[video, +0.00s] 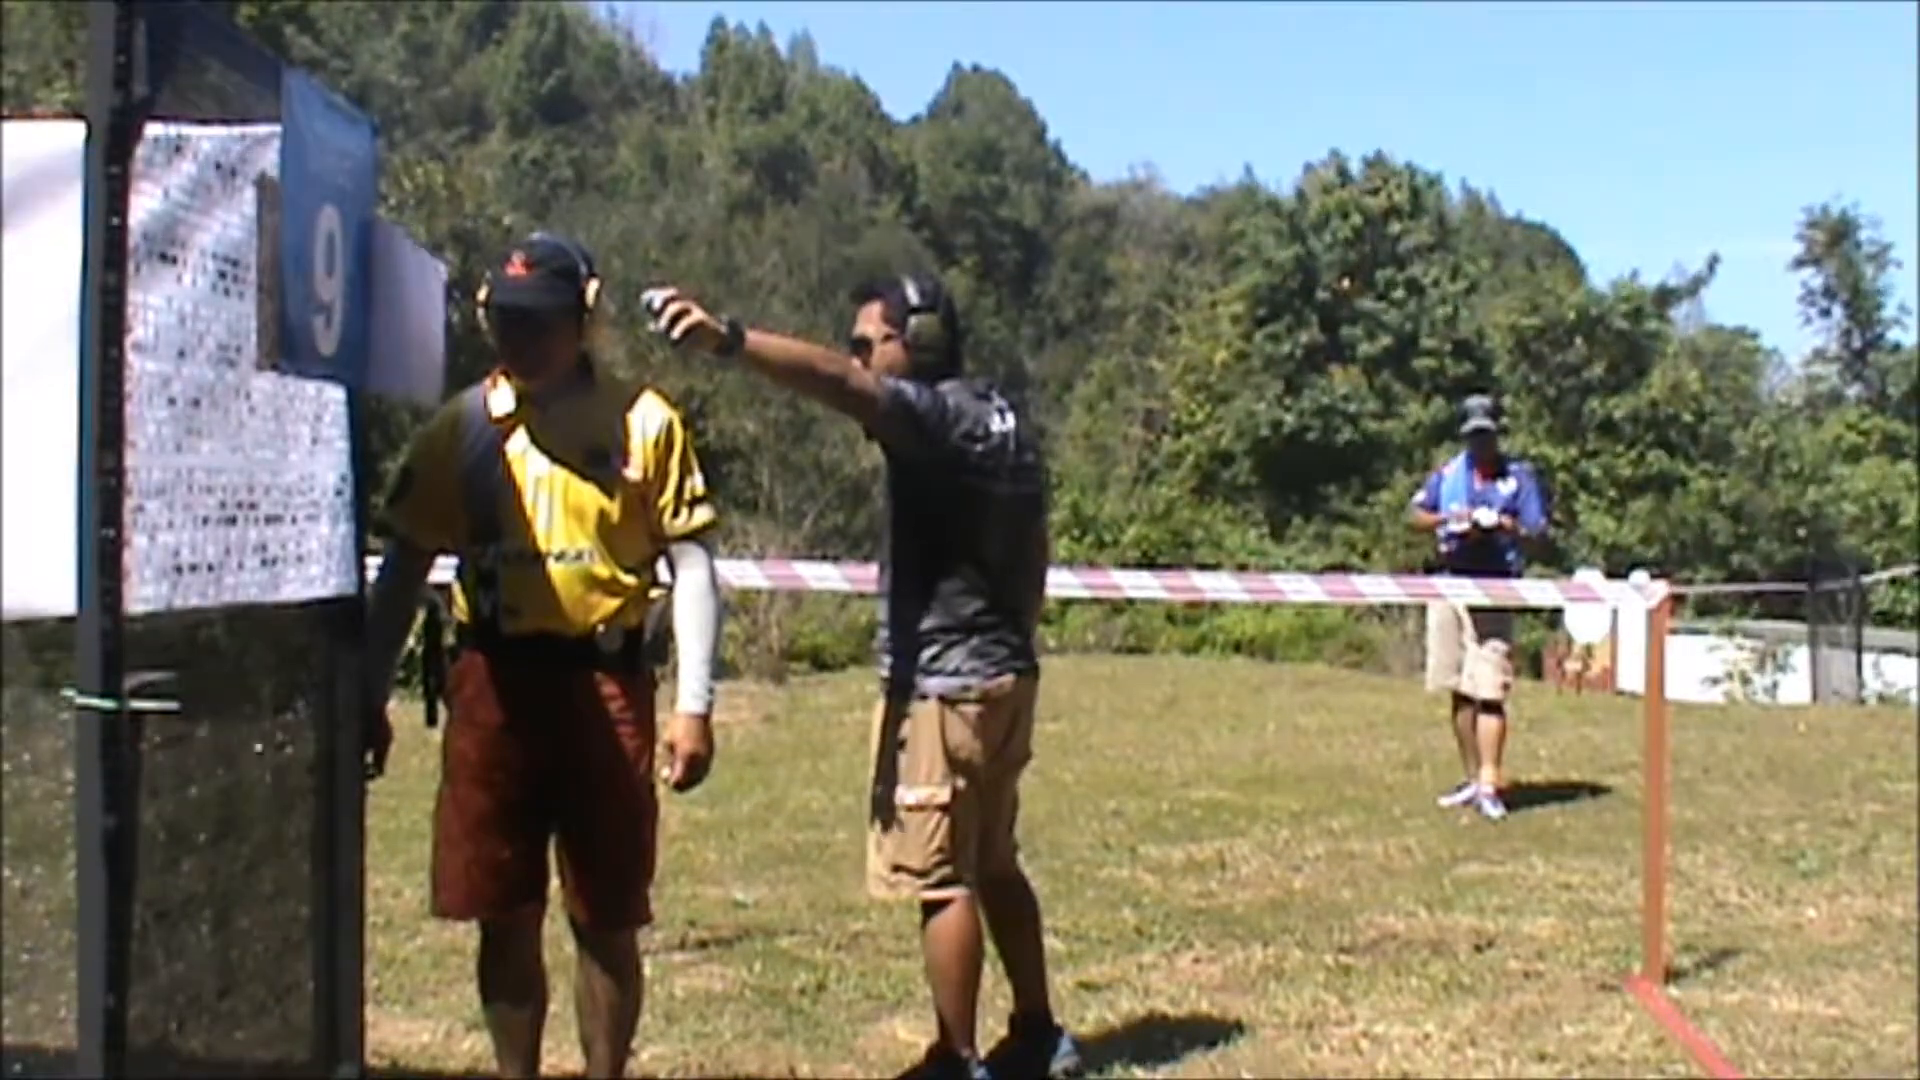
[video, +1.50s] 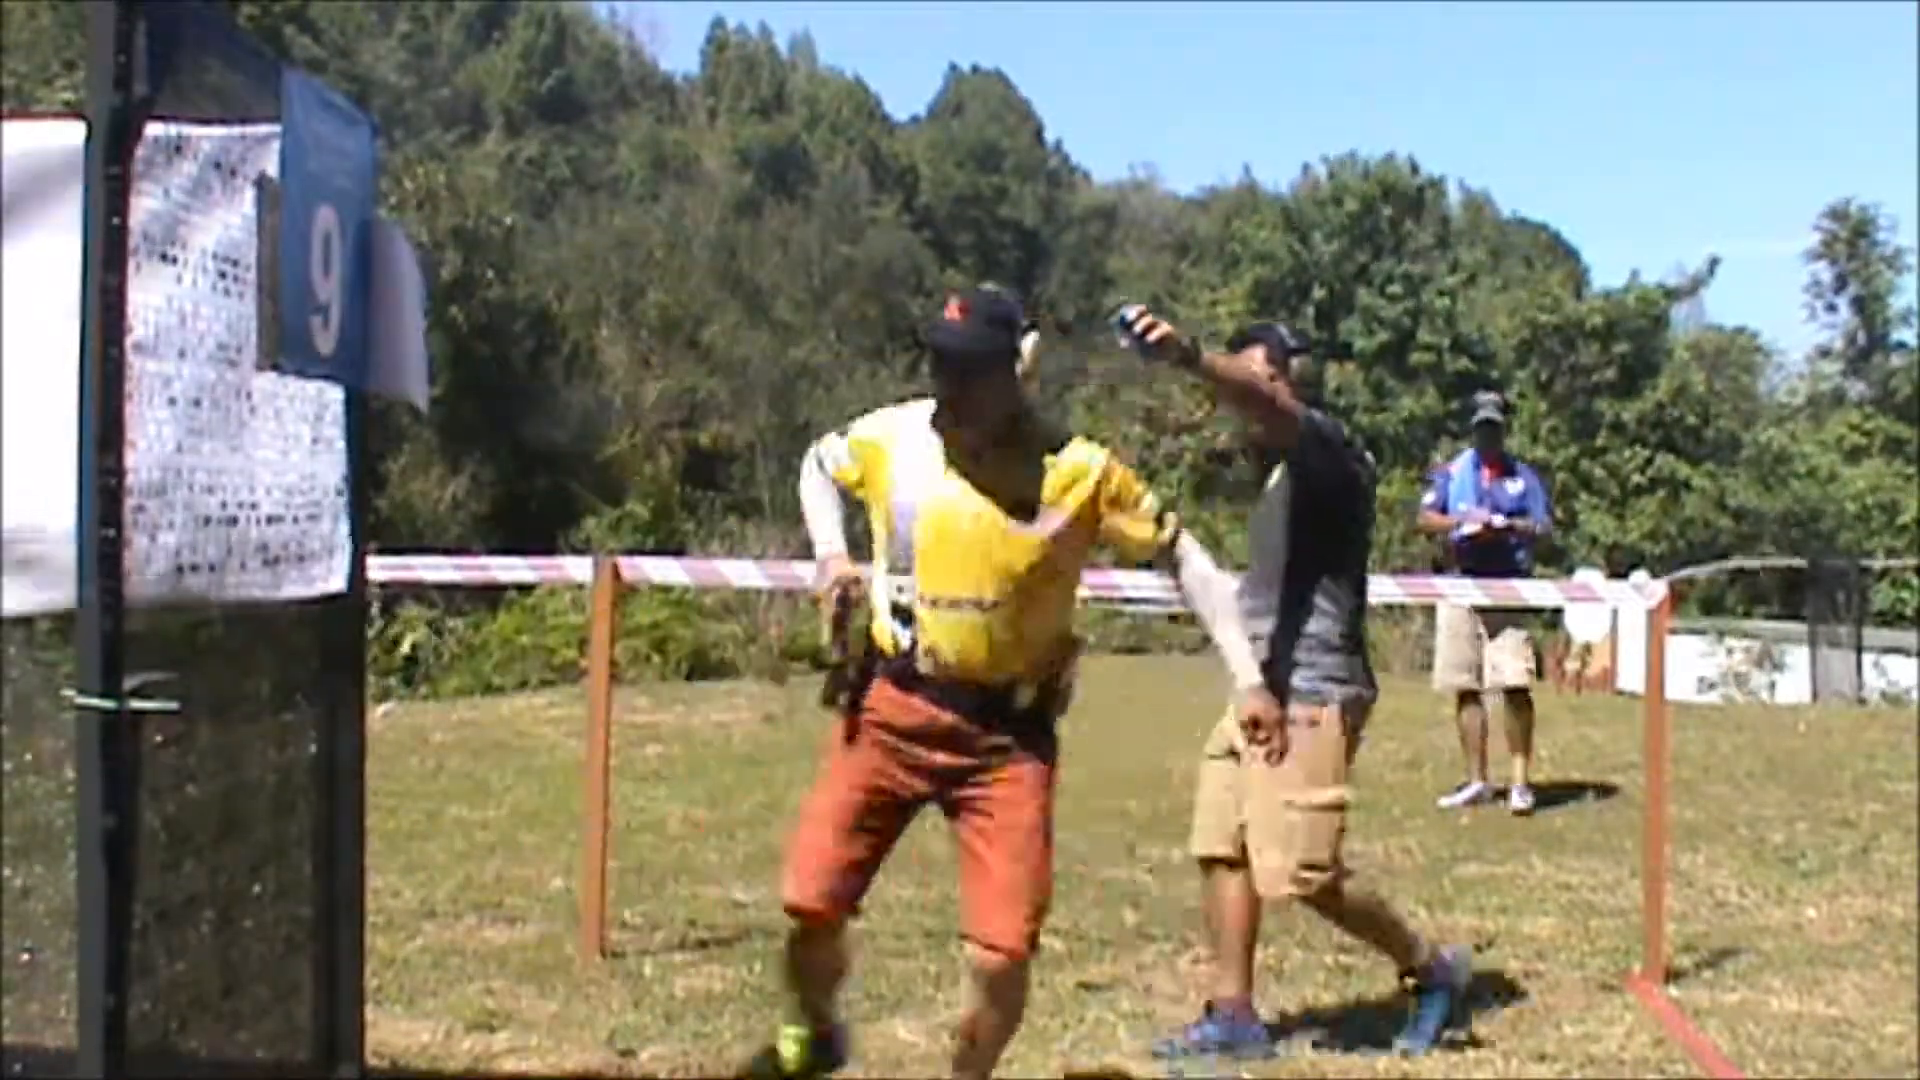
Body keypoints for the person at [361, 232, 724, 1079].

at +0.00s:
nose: (516, 339)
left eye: (536, 324)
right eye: (505, 321)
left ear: (583, 326)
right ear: (490, 320)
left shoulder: (645, 424)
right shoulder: (465, 426)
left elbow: (692, 564)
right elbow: (405, 565)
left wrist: (694, 701)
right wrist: (370, 694)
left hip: (605, 694)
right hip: (495, 694)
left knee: (606, 925)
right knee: (503, 917)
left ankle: (606, 1072)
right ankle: (517, 1072)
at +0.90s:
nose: (580, 433)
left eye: (595, 416)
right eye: (562, 416)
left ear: (624, 394)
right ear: (531, 394)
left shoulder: (671, 461)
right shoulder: (490, 432)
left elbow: (752, 583)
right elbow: (425, 475)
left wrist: (813, 718)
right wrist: (436, 583)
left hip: (645, 702)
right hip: (526, 698)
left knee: (724, 898)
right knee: (493, 922)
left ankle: (719, 1061)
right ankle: (509, 1072)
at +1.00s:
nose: (594, 453)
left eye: (610, 435)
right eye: (575, 437)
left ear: (638, 411)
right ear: (545, 413)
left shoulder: (685, 481)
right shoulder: (495, 455)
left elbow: (766, 594)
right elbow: (455, 522)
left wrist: (818, 723)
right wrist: (479, 649)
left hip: (664, 714)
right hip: (541, 712)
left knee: (757, 909)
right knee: (491, 928)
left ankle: (789, 1048)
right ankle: (503, 1071)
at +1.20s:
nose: (704, 512)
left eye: (712, 491)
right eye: (682, 500)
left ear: (726, 467)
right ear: (638, 485)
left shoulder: (772, 547)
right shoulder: (581, 514)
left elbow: (843, 644)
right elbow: (531, 551)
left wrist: (916, 759)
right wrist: (552, 665)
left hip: (736, 769)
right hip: (613, 763)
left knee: (850, 946)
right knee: (538, 957)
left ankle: (916, 1070)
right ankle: (525, 1071)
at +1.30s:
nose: (811, 500)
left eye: (826, 481)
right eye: (789, 483)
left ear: (848, 464)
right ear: (748, 466)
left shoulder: (885, 552)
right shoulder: (693, 502)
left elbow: (975, 646)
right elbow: (617, 522)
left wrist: (1063, 756)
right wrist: (635, 637)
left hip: (815, 780)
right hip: (690, 763)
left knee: (909, 951)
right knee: (583, 948)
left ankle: (927, 1072)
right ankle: (537, 1070)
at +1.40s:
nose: (863, 450)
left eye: (883, 432)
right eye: (848, 432)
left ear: (924, 430)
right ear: (830, 425)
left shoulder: (975, 534)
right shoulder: (787, 475)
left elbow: (1068, 628)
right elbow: (710, 492)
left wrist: (1157, 742)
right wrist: (721, 599)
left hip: (890, 763)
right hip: (769, 740)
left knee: (946, 961)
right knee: (648, 936)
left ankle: (954, 1076)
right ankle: (562, 1066)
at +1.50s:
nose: (949, 387)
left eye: (970, 371)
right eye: (941, 367)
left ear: (1018, 373)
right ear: (930, 365)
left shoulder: (1083, 474)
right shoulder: (895, 436)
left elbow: (1189, 561)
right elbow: (820, 467)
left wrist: (1249, 681)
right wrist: (833, 553)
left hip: (1007, 742)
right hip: (889, 719)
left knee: (1001, 958)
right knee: (810, 905)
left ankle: (970, 1070)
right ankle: (816, 1038)